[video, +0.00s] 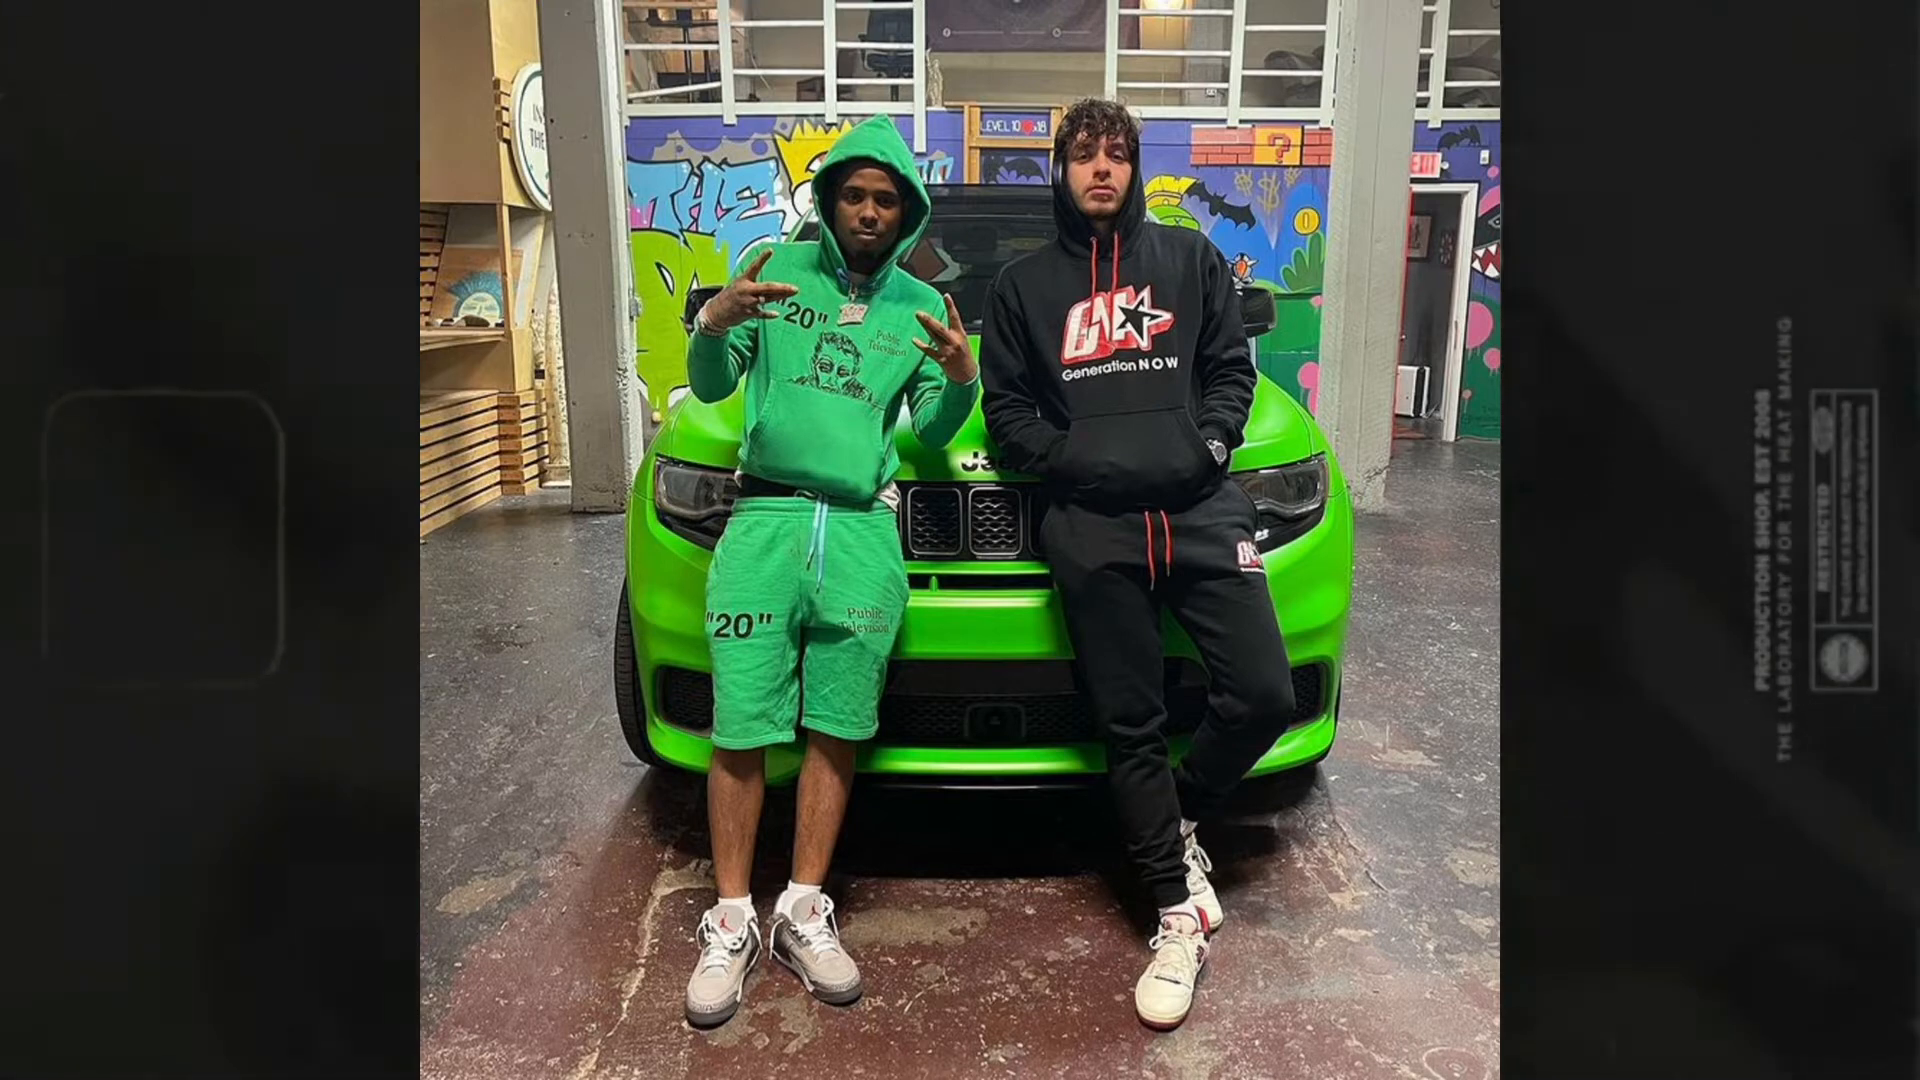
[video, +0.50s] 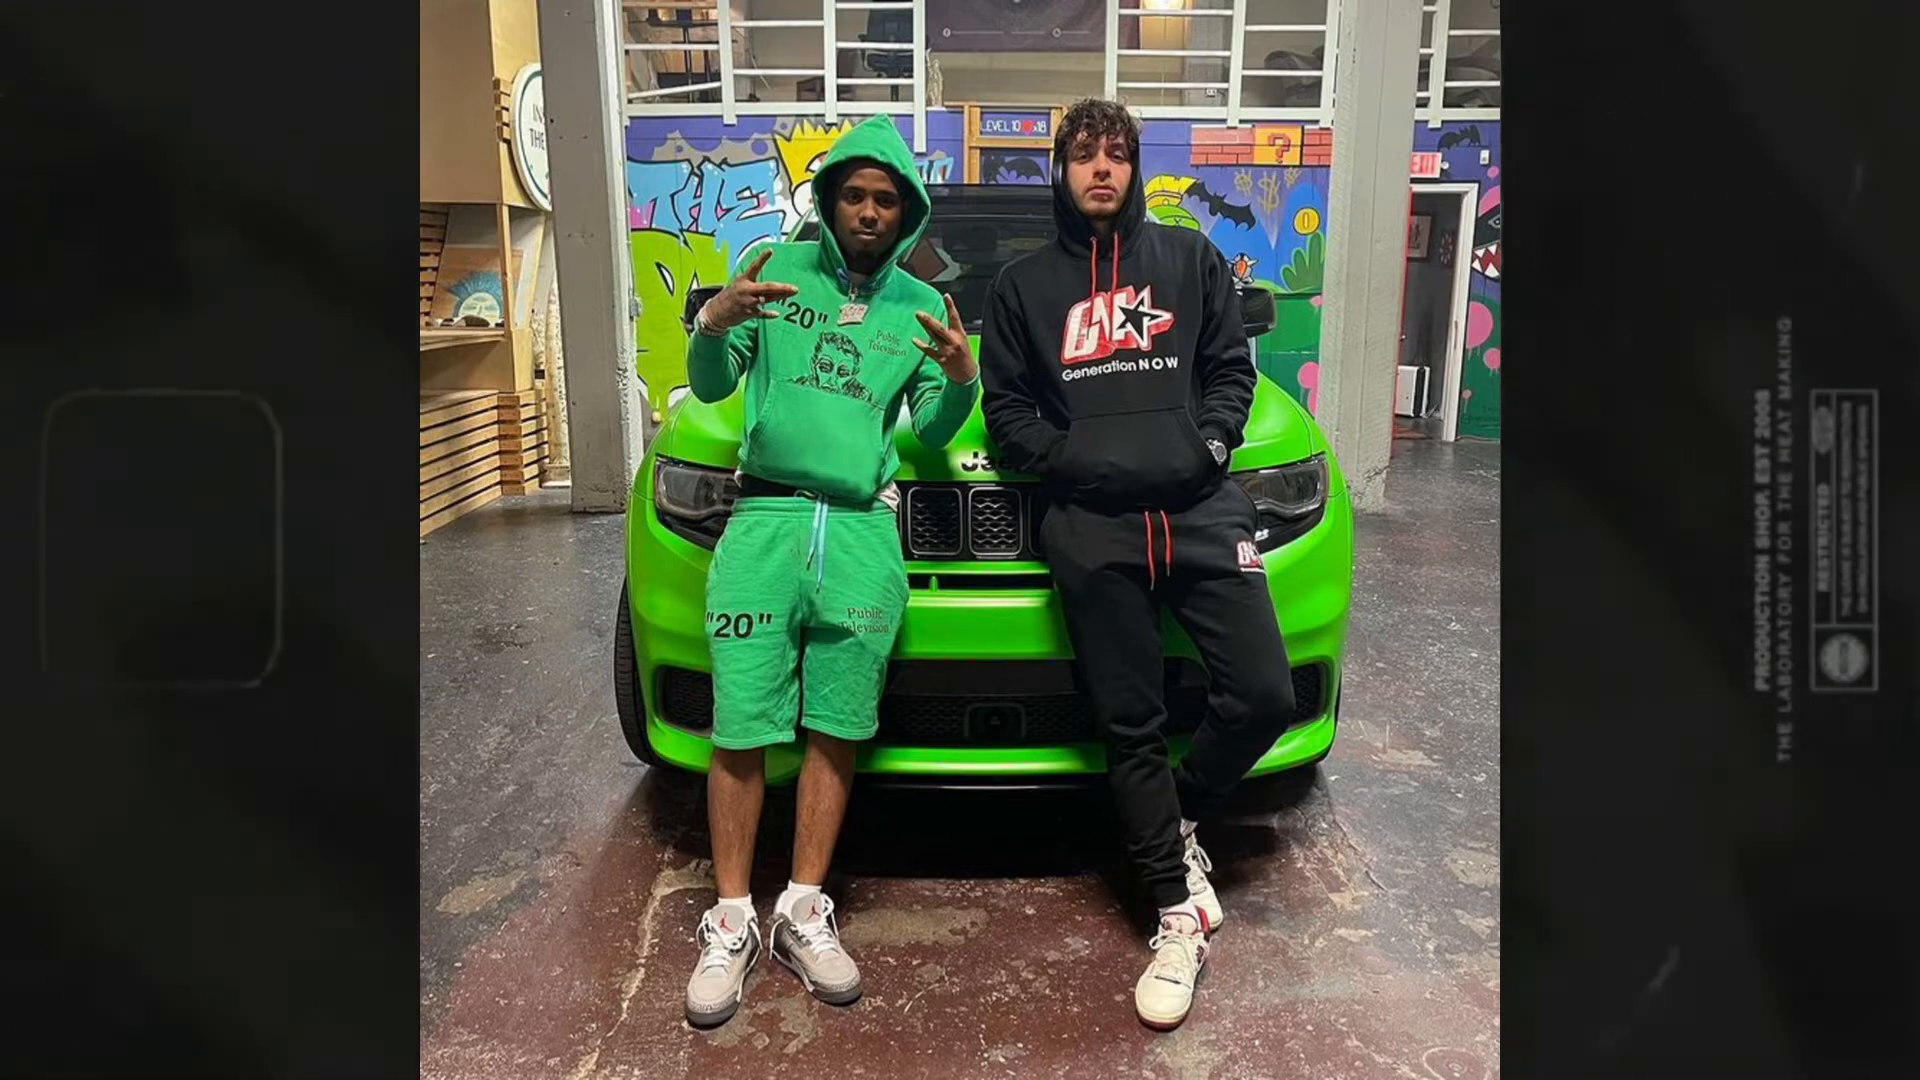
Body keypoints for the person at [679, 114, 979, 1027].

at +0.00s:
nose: (868, 212)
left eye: (885, 198)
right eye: (854, 196)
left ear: (907, 211)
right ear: (827, 202)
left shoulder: (923, 305)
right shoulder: (776, 268)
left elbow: (923, 439)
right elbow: (712, 384)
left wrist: (961, 380)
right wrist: (713, 322)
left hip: (861, 527)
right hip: (763, 517)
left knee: (838, 728)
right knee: (741, 728)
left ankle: (805, 908)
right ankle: (732, 919)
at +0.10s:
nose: (868, 212)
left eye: (885, 198)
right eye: (854, 196)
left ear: (907, 211)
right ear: (827, 202)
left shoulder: (923, 305)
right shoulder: (776, 268)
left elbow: (923, 439)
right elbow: (712, 384)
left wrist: (961, 380)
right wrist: (713, 322)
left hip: (861, 527)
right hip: (763, 517)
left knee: (838, 728)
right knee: (741, 728)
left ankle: (805, 908)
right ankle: (732, 919)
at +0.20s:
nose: (868, 212)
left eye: (885, 198)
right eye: (854, 196)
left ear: (907, 211)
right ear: (827, 202)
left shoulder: (923, 305)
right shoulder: (776, 268)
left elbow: (923, 439)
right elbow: (712, 384)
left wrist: (961, 380)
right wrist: (713, 322)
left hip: (861, 527)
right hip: (763, 517)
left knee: (838, 728)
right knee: (741, 728)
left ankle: (805, 908)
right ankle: (732, 919)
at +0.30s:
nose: (868, 212)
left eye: (885, 198)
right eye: (854, 196)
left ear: (907, 212)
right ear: (827, 202)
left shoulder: (923, 305)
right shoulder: (776, 268)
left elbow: (923, 439)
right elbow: (712, 384)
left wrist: (961, 380)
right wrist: (713, 322)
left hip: (861, 527)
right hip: (763, 517)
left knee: (838, 728)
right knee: (741, 728)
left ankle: (805, 908)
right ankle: (732, 919)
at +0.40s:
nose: (868, 212)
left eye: (885, 198)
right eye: (854, 196)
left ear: (907, 211)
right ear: (827, 202)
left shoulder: (923, 305)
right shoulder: (776, 268)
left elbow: (923, 439)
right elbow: (712, 384)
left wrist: (961, 380)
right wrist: (713, 322)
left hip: (861, 527)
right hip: (763, 517)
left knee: (838, 728)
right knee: (741, 728)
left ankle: (805, 908)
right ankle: (732, 919)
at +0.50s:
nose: (868, 212)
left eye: (885, 198)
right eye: (854, 196)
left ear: (907, 211)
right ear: (827, 202)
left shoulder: (923, 305)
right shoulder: (776, 268)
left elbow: (923, 439)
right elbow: (712, 384)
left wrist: (961, 380)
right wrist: (713, 322)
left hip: (861, 527)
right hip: (763, 517)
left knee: (838, 728)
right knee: (741, 728)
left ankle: (805, 908)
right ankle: (732, 919)